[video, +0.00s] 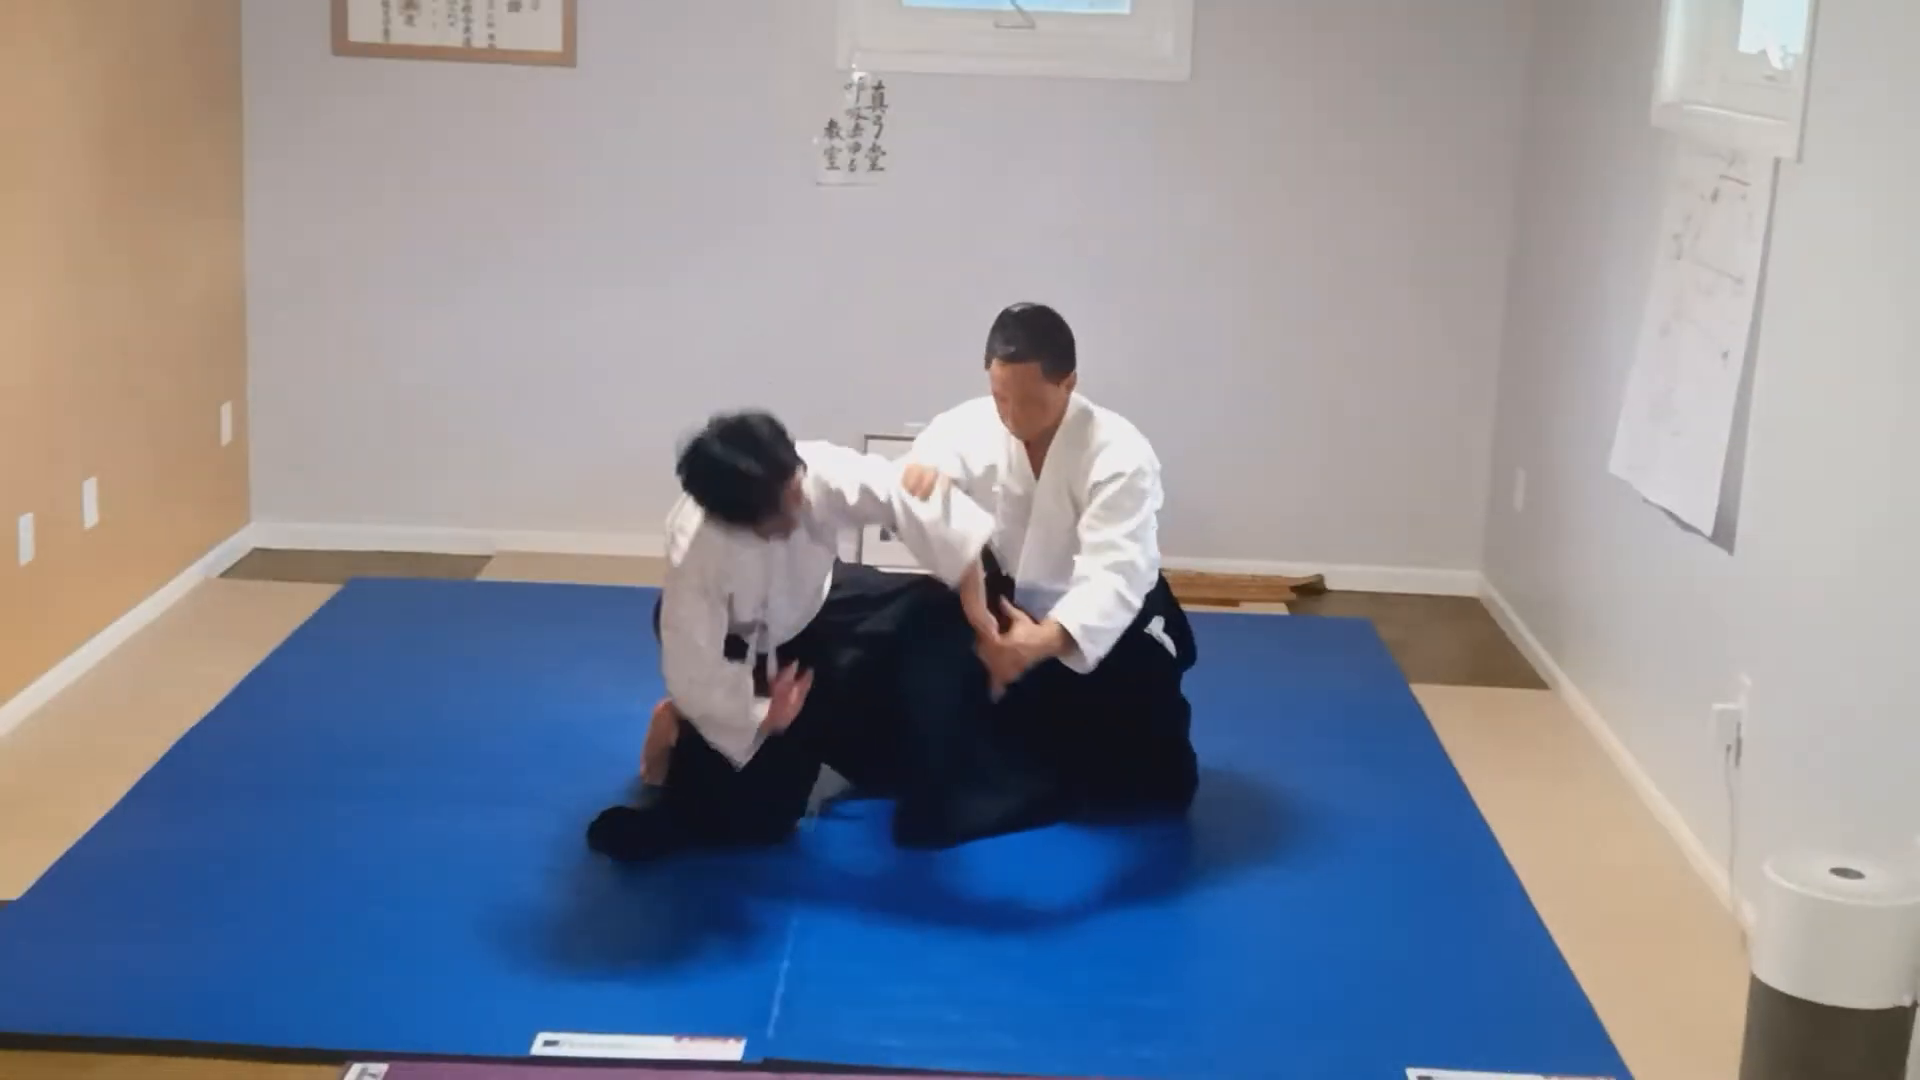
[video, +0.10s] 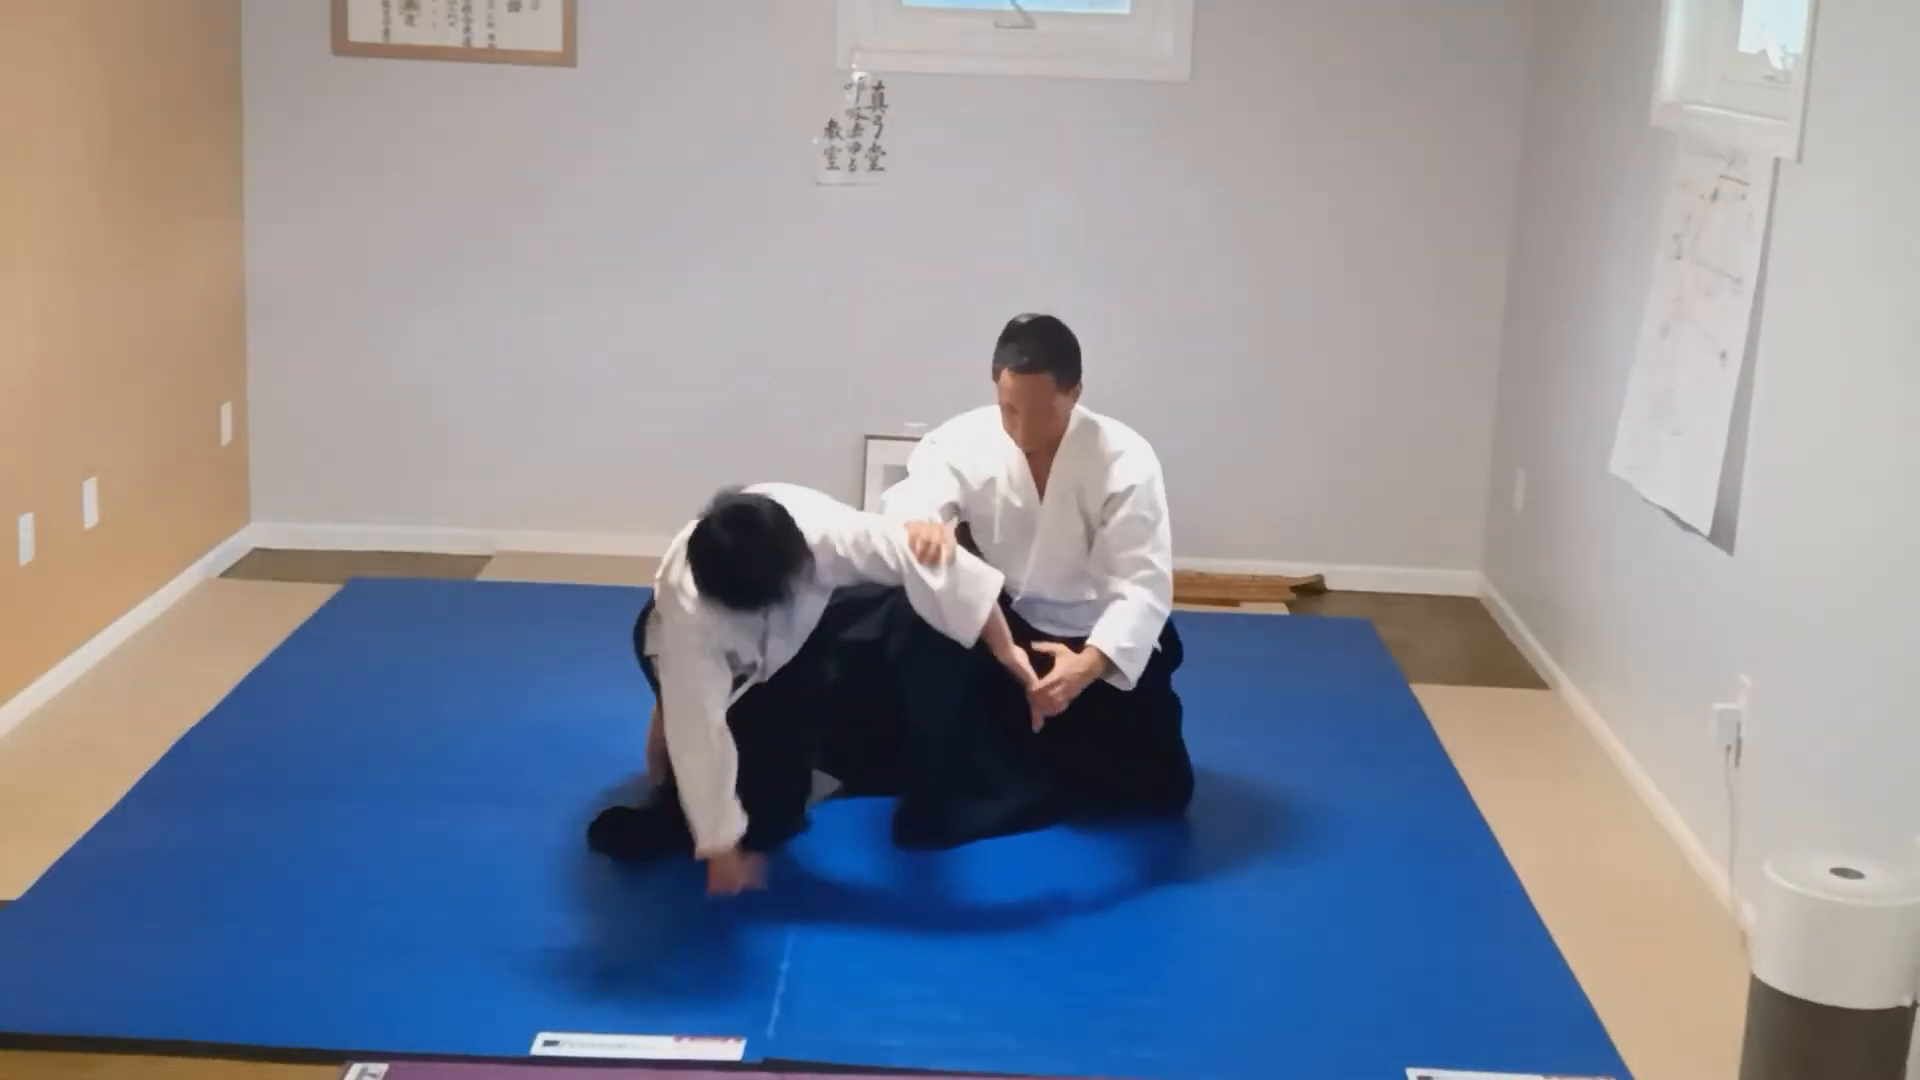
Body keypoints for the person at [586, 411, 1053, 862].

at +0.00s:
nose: (798, 505)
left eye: (795, 489)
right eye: (779, 506)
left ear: (795, 468)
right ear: (741, 517)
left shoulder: (817, 473)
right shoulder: (698, 553)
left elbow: (908, 497)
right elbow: (692, 674)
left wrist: (979, 609)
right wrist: (761, 721)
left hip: (800, 637)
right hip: (731, 665)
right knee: (760, 816)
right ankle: (675, 739)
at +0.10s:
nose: (794, 589)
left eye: (789, 581)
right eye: (773, 591)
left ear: (791, 548)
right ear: (727, 590)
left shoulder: (814, 527)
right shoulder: (685, 607)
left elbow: (922, 559)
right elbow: (694, 725)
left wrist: (1013, 658)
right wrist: (720, 846)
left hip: (777, 667)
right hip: (697, 677)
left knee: (776, 815)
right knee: (697, 822)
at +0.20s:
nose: (744, 708)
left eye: (761, 699)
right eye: (736, 697)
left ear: (798, 655)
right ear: (718, 658)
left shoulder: (822, 585)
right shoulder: (687, 652)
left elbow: (925, 598)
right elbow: (697, 778)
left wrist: (1021, 670)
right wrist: (697, 914)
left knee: (771, 821)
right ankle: (665, 742)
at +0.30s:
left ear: (813, 676)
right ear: (738, 713)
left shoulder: (826, 619)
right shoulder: (681, 657)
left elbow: (929, 626)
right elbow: (678, 781)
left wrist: (1020, 681)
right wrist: (694, 918)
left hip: (749, 557)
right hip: (662, 606)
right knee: (763, 823)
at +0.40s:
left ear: (814, 684)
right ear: (736, 715)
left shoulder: (828, 627)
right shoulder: (677, 663)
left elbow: (924, 637)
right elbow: (670, 786)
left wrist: (1012, 689)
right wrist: (696, 919)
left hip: (750, 563)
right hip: (661, 607)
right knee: (765, 825)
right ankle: (637, 833)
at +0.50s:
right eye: (786, 759)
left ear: (813, 681)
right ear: (737, 716)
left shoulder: (822, 623)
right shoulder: (679, 665)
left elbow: (912, 633)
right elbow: (675, 791)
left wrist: (1005, 685)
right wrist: (695, 918)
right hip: (667, 598)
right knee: (764, 828)